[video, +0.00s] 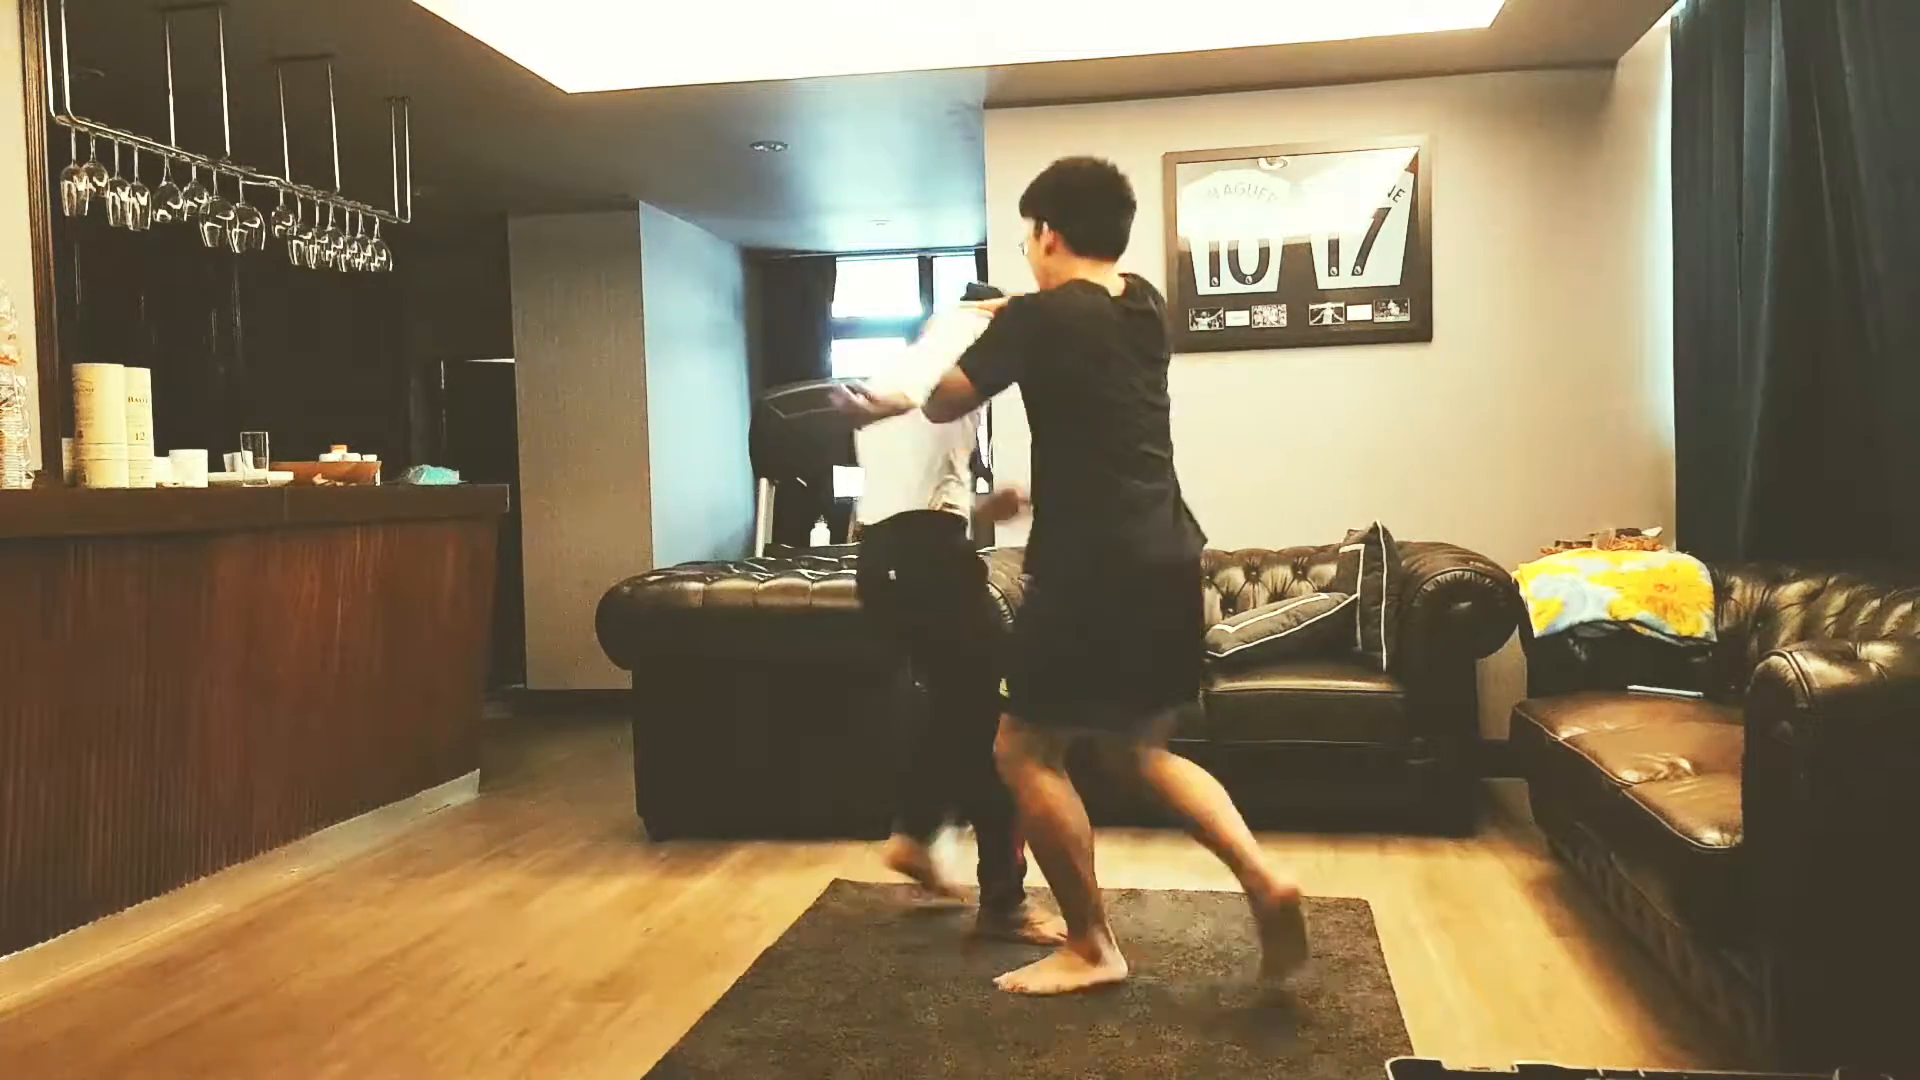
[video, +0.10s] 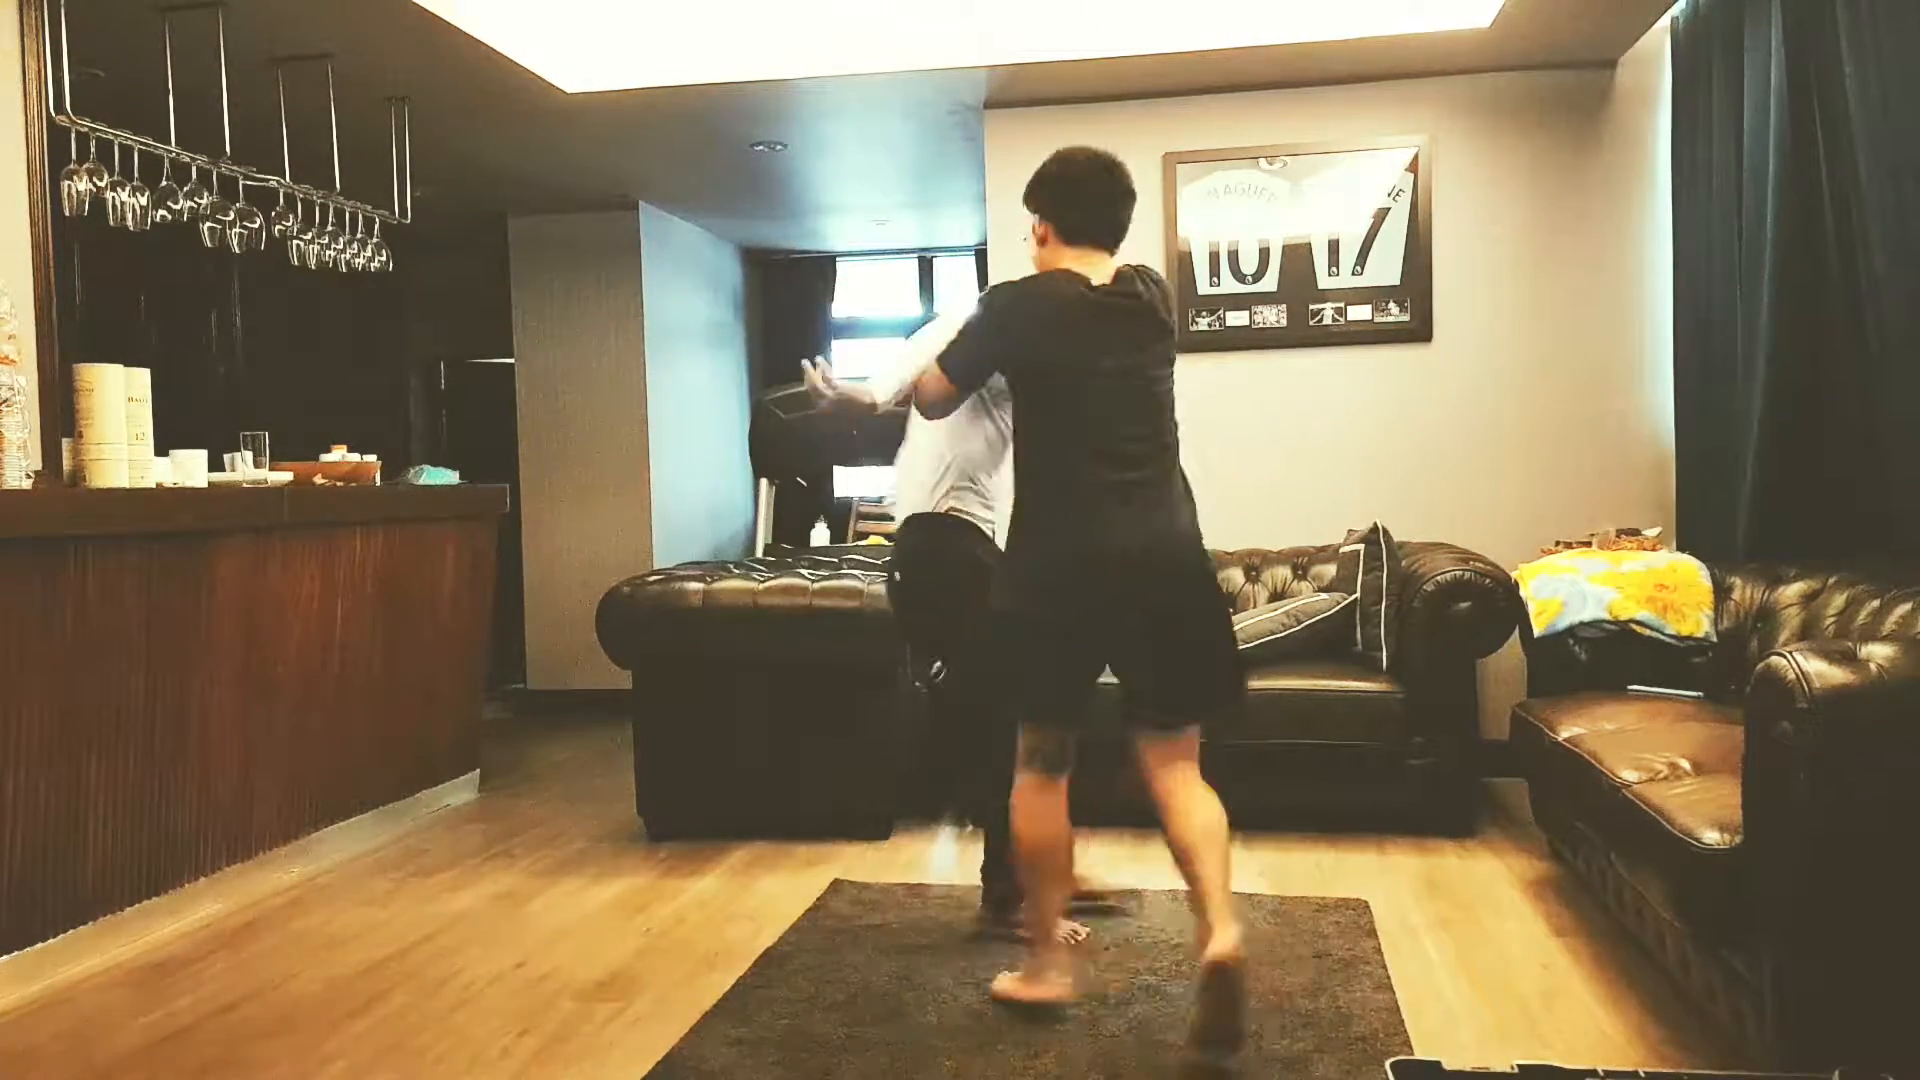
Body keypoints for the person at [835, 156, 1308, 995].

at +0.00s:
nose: (1028, 253)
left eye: (1029, 239)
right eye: (1030, 238)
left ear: (1049, 237)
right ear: (1115, 236)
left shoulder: (1036, 315)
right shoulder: (1145, 304)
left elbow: (946, 401)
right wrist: (1018, 313)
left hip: (1085, 563)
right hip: (1170, 558)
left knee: (1023, 751)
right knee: (1138, 748)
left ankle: (1091, 947)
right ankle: (1263, 879)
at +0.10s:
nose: (1028, 236)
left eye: (1030, 225)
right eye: (1033, 225)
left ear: (1042, 229)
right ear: (1118, 229)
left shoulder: (1018, 303)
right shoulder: (1151, 301)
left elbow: (932, 396)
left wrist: (927, 368)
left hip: (1062, 559)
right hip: (1168, 557)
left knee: (1042, 766)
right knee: (1177, 763)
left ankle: (1048, 960)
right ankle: (1222, 929)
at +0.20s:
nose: (1024, 242)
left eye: (1023, 230)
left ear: (1025, 237)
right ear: (1112, 236)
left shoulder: (993, 322)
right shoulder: (1148, 302)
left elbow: (935, 419)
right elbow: (1117, 293)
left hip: (1040, 574)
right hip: (1149, 568)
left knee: (1036, 777)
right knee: (1170, 782)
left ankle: (981, 983)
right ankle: (1170, 1005)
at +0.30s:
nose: (1108, 254)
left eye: (1099, 246)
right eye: (1106, 244)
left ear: (1011, 243)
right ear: (1096, 246)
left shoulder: (967, 336)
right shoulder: (1119, 294)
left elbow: (933, 460)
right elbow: (1183, 393)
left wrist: (899, 462)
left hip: (1010, 577)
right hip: (1120, 565)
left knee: (1010, 775)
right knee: (1184, 749)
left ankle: (977, 983)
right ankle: (1182, 915)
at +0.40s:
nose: (1093, 257)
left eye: (1090, 250)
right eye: (1094, 248)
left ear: (999, 246)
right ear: (1080, 246)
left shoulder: (951, 336)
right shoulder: (1097, 290)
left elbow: (942, 460)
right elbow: (1190, 388)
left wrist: (1015, 489)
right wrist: (1207, 401)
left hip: (985, 570)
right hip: (1090, 554)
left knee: (1000, 773)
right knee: (1184, 661)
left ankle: (980, 984)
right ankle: (1183, 809)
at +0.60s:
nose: (1098, 253)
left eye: (1098, 243)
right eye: (1098, 242)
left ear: (1005, 241)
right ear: (1080, 237)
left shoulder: (961, 319)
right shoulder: (1085, 286)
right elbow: (1204, 373)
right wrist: (1248, 399)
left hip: (950, 558)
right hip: (1044, 550)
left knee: (992, 773)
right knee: (1165, 677)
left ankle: (981, 980)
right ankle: (1112, 851)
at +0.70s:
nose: (1117, 256)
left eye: (1116, 246)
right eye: (1117, 245)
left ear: (1028, 239)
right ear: (1095, 239)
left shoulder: (984, 311)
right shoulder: (1097, 288)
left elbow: (1046, 372)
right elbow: (1226, 354)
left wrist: (1135, 352)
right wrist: (1213, 351)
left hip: (939, 555)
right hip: (1029, 554)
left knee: (990, 784)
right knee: (1093, 774)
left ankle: (976, 959)